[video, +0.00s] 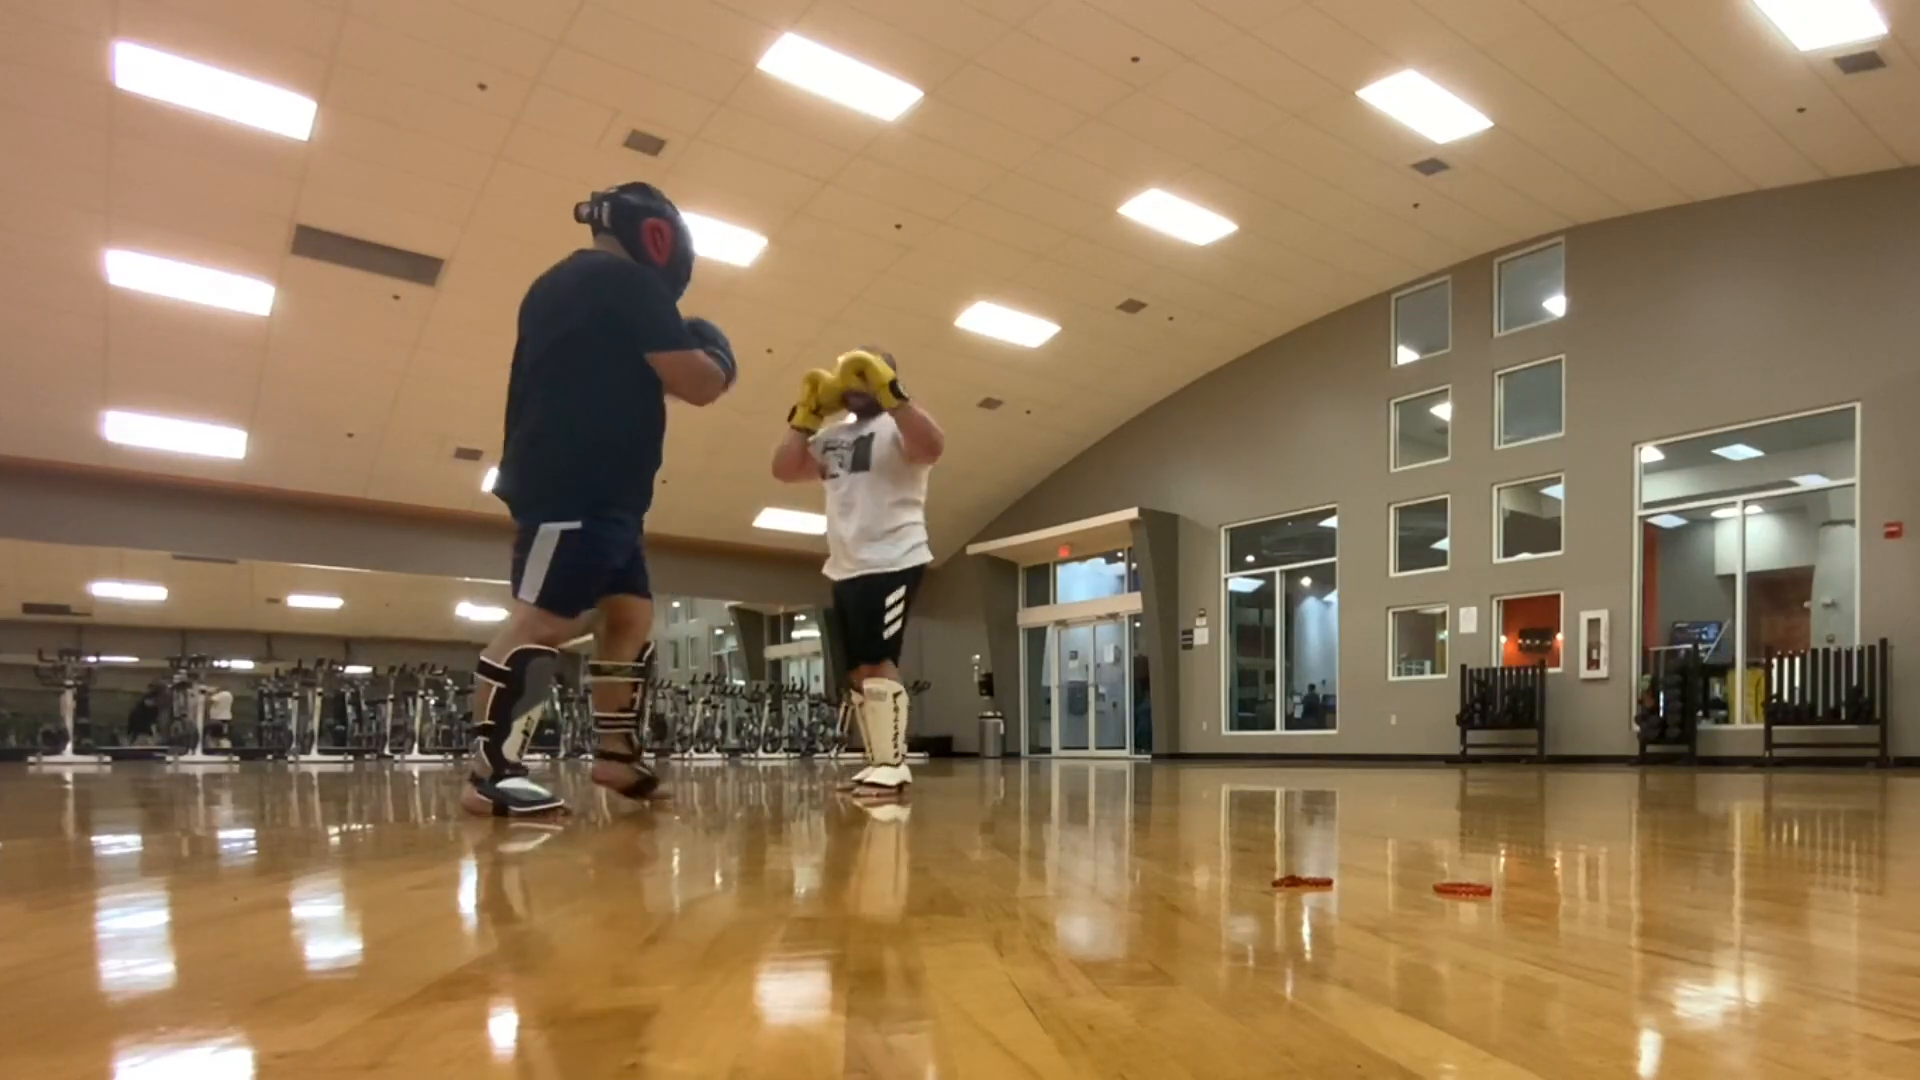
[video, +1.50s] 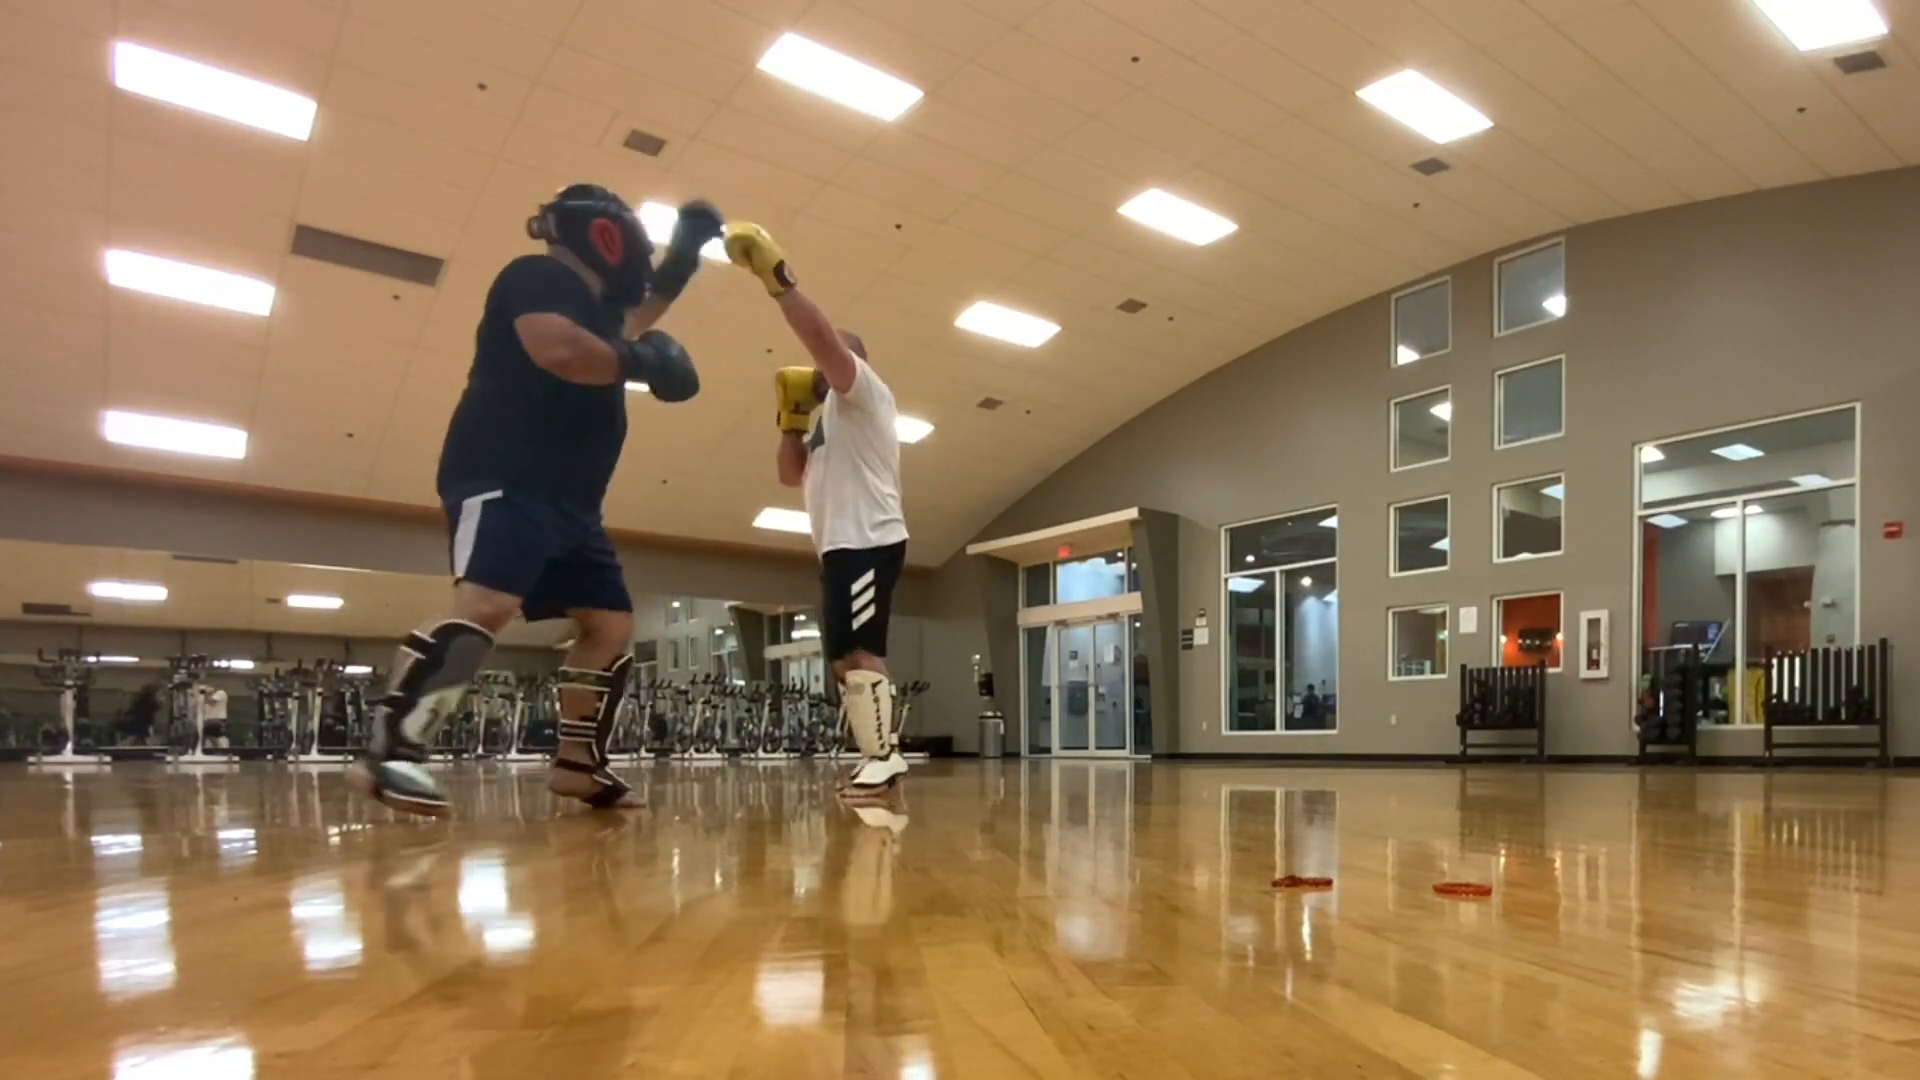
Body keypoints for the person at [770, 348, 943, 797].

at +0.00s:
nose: (856, 386)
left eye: (866, 377)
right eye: (850, 378)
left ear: (886, 385)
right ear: (842, 388)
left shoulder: (901, 425)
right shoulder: (833, 437)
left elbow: (930, 448)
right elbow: (784, 469)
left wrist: (893, 396)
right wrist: (805, 416)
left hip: (893, 559)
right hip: (848, 565)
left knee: (876, 662)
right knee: (858, 669)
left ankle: (891, 767)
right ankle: (879, 764)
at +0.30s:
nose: (851, 381)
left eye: (862, 374)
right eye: (847, 374)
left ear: (882, 384)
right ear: (839, 388)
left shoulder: (895, 424)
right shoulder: (838, 442)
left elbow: (888, 371)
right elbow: (793, 479)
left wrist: (845, 319)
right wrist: (806, 424)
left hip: (883, 550)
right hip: (845, 558)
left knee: (861, 654)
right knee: (856, 660)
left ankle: (882, 759)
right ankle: (878, 760)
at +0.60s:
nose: (846, 380)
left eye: (856, 374)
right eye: (842, 374)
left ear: (875, 383)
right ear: (834, 386)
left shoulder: (887, 421)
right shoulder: (832, 442)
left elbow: (875, 365)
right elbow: (789, 479)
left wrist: (833, 314)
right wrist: (801, 424)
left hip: (878, 548)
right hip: (841, 556)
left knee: (863, 656)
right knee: (857, 661)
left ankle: (882, 761)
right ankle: (880, 759)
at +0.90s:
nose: (839, 380)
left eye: (849, 375)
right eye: (835, 374)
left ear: (866, 384)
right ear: (828, 387)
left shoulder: (881, 422)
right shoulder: (826, 443)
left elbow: (867, 368)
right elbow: (786, 481)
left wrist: (827, 320)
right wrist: (796, 428)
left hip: (876, 550)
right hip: (836, 559)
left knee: (865, 654)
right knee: (855, 662)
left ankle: (882, 760)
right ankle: (881, 759)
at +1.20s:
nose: (827, 373)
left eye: (837, 367)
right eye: (825, 366)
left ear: (857, 374)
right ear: (821, 377)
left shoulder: (870, 416)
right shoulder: (824, 438)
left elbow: (852, 358)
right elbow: (787, 480)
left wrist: (816, 299)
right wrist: (793, 429)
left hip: (868, 547)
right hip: (839, 554)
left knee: (851, 653)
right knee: (856, 659)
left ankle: (881, 755)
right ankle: (879, 757)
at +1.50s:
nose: (826, 360)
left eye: (835, 350)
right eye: (824, 352)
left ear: (855, 356)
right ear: (827, 364)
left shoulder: (865, 395)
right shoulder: (826, 424)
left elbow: (822, 339)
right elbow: (791, 473)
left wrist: (776, 275)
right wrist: (793, 415)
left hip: (869, 537)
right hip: (839, 544)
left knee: (860, 651)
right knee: (845, 654)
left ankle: (882, 757)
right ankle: (876, 755)